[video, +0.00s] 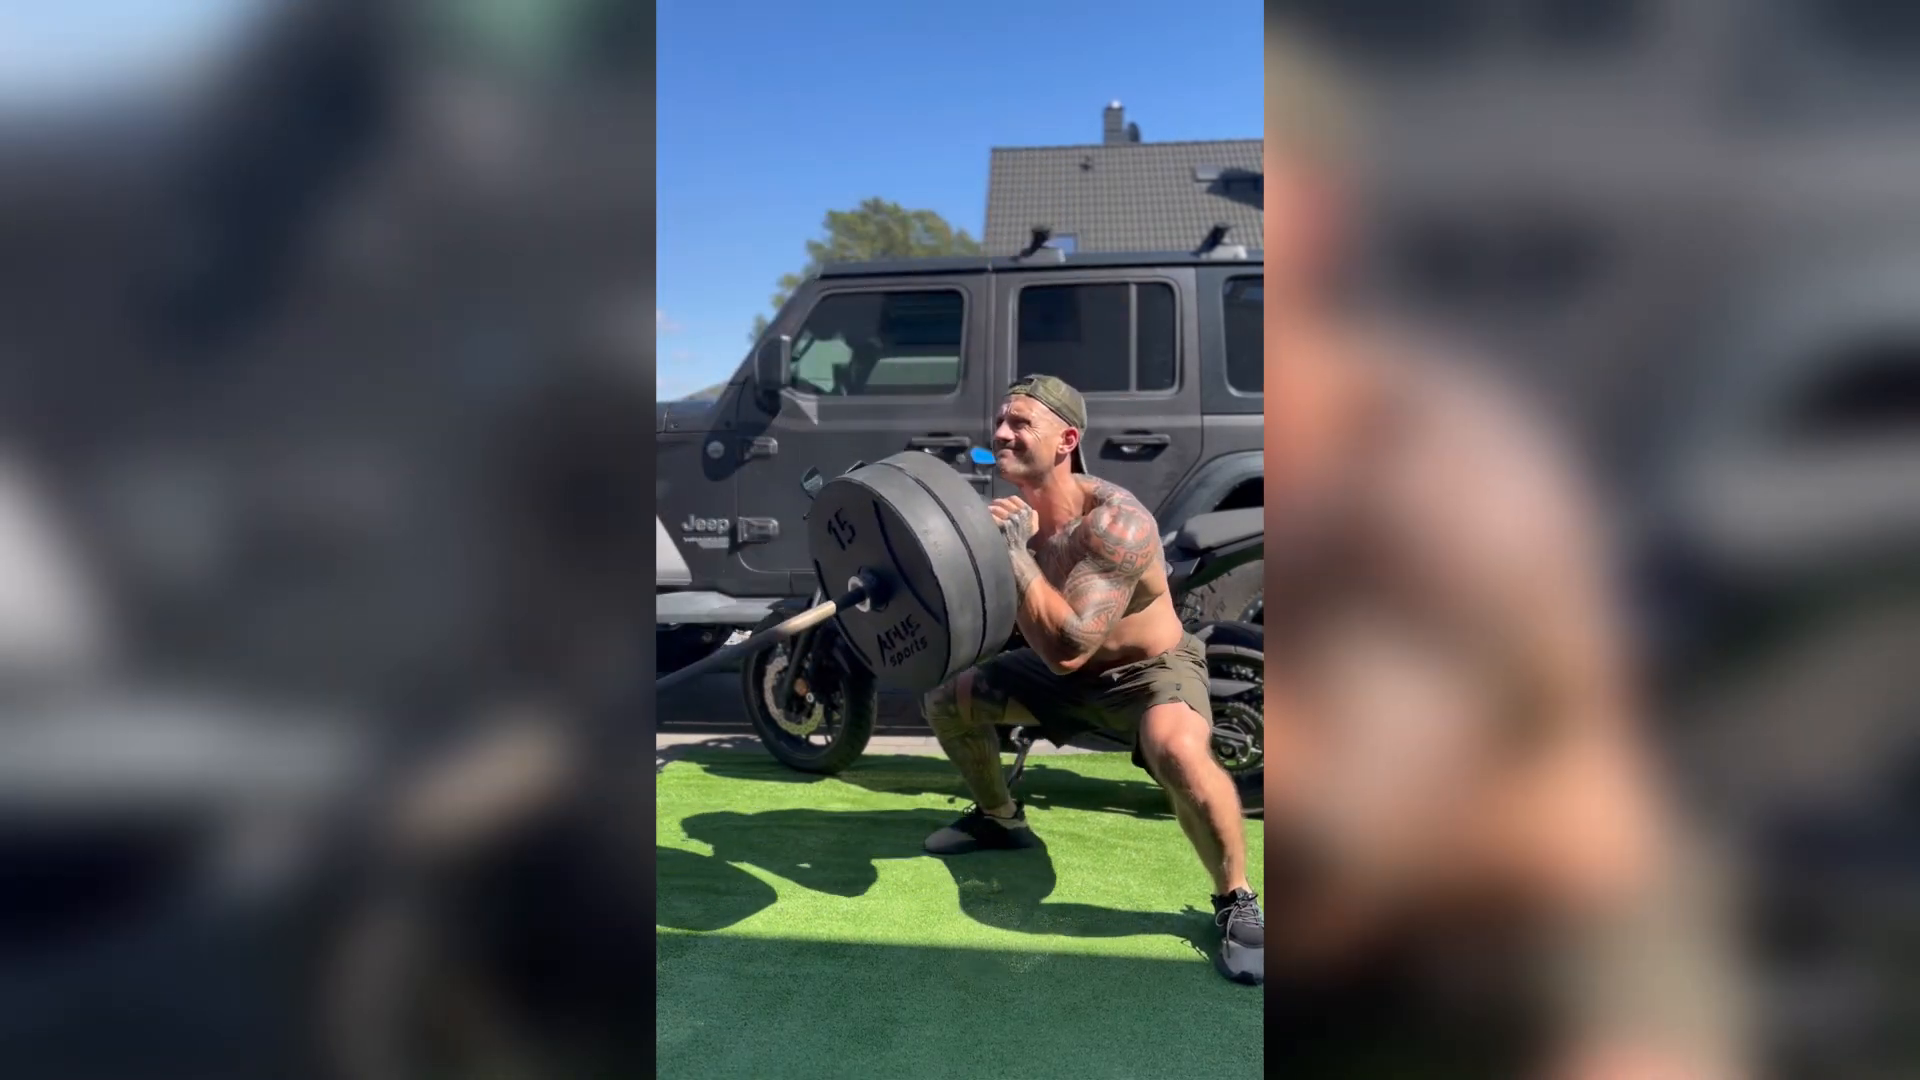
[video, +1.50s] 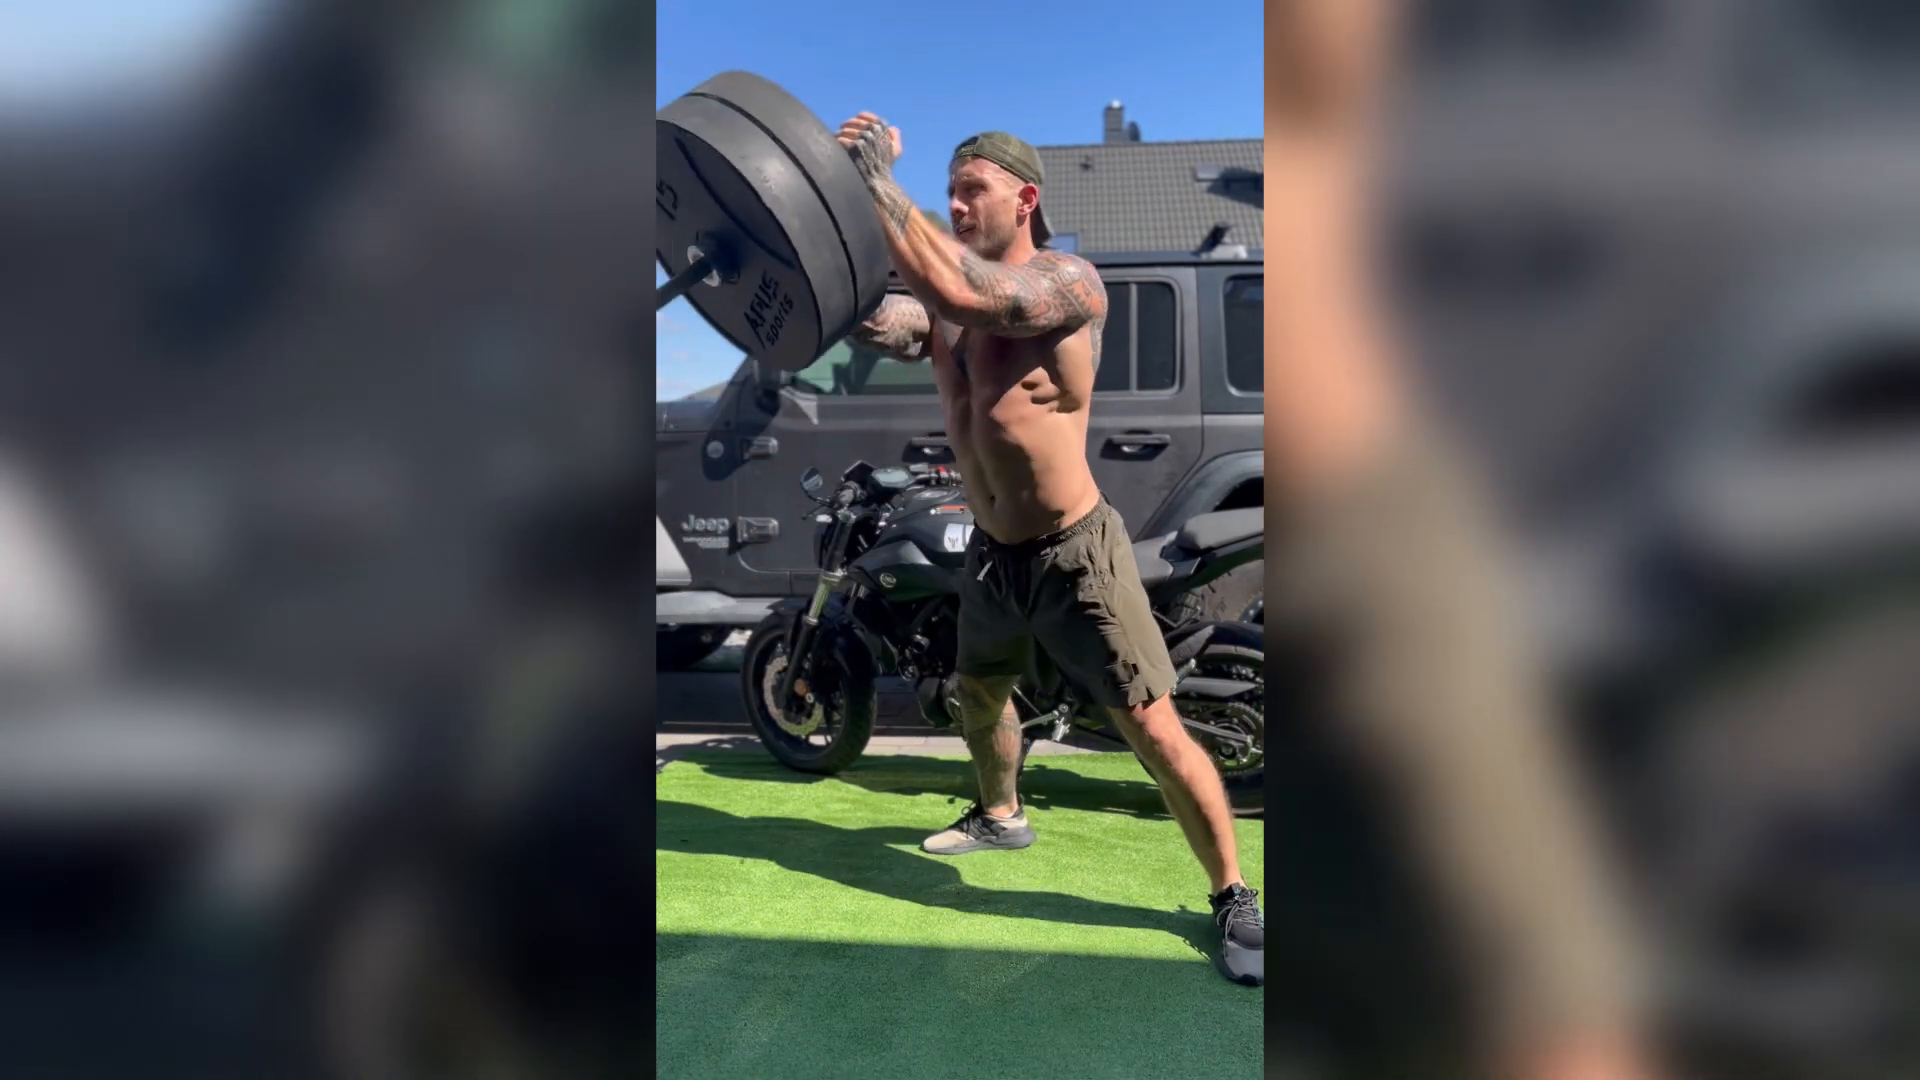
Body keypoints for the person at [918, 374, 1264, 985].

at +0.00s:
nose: (1002, 433)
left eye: (1020, 423)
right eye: (1000, 421)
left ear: (1066, 441)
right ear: (994, 432)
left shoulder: (1120, 522)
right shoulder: (999, 513)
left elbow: (1070, 648)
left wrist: (1014, 553)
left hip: (1153, 669)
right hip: (1061, 669)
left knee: (1176, 748)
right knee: (948, 703)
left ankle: (1236, 899)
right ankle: (1000, 820)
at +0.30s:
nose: (993, 495)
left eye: (1011, 482)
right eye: (991, 481)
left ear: (1058, 493)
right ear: (988, 488)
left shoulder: (1118, 571)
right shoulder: (1001, 566)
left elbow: (1083, 706)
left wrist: (1024, 614)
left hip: (1159, 684)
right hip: (1078, 689)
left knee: (1165, 736)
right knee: (960, 702)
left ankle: (1235, 898)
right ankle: (1000, 819)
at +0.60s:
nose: (972, 377)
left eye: (991, 367)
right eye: (972, 366)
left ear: (1040, 383)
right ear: (975, 383)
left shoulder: (1101, 463)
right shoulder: (982, 460)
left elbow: (1054, 591)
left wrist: (997, 497)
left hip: (1142, 612)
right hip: (1052, 614)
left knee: (1170, 741)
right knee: (946, 696)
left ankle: (1238, 898)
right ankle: (996, 816)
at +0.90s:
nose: (966, 216)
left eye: (982, 202)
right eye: (961, 204)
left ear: (1033, 209)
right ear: (961, 218)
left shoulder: (1078, 303)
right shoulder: (955, 315)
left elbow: (985, 352)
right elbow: (901, 377)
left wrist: (913, 257)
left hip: (1080, 542)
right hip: (995, 549)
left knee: (1147, 716)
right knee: (965, 692)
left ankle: (1234, 895)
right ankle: (1000, 816)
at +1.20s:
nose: (888, 233)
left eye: (905, 216)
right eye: (887, 220)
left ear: (947, 219)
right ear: (893, 235)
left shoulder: (1002, 285)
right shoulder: (894, 304)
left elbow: (905, 188)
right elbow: (819, 206)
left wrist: (796, 49)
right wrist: (777, 70)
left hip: (1085, 545)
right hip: (998, 555)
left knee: (1153, 724)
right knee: (990, 705)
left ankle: (1231, 894)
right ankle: (1002, 816)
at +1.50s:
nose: (958, 205)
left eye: (975, 191)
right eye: (952, 193)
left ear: (1027, 199)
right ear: (951, 206)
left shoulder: (1073, 280)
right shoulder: (941, 305)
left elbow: (964, 292)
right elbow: (866, 319)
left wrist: (882, 186)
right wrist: (802, 242)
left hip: (1077, 545)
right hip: (993, 553)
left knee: (1151, 726)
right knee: (981, 699)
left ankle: (1233, 897)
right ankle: (1000, 817)